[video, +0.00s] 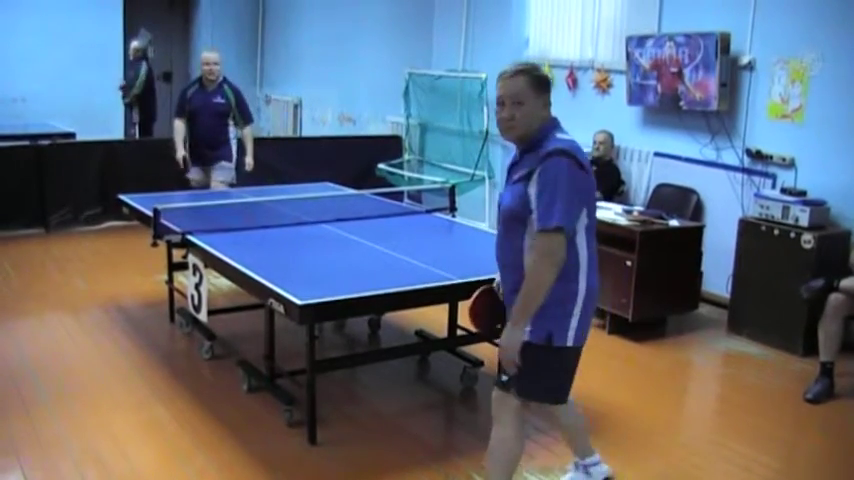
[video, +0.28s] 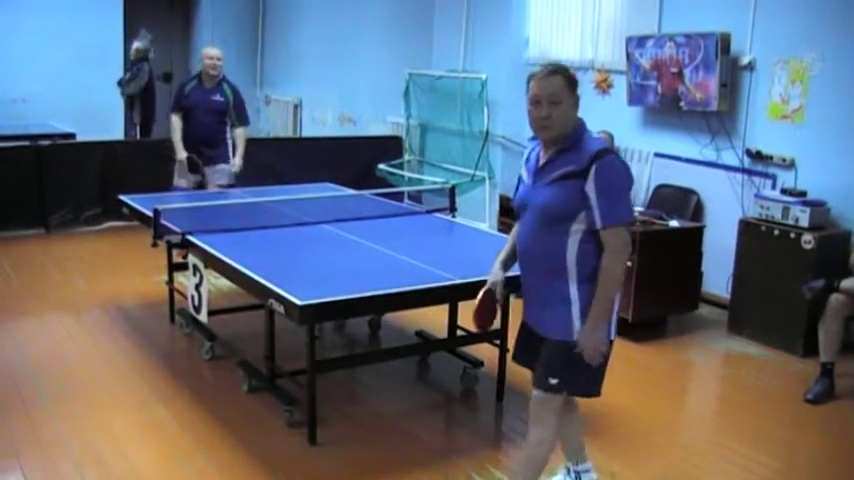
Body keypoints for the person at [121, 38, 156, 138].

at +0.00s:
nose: (130, 52)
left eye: (133, 50)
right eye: (130, 49)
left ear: (139, 51)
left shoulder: (143, 65)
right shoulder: (135, 65)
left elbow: (138, 86)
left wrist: (128, 99)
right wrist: (126, 88)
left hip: (143, 107)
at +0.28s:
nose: (131, 52)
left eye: (134, 50)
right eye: (132, 49)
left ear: (141, 52)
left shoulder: (143, 67)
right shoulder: (134, 66)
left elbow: (134, 86)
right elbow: (123, 80)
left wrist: (124, 87)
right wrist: (124, 83)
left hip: (142, 112)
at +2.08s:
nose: (91, 58)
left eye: (95, 55)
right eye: (90, 54)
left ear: (102, 57)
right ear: (88, 56)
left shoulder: (106, 79)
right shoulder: (89, 77)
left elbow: (97, 103)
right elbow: (78, 93)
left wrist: (82, 96)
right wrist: (86, 96)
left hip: (102, 128)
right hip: (90, 126)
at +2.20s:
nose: (88, 58)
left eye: (92, 54)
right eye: (87, 54)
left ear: (99, 57)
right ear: (85, 56)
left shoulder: (102, 77)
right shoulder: (88, 76)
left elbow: (91, 103)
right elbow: (77, 93)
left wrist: (79, 95)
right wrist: (84, 97)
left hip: (99, 128)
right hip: (88, 127)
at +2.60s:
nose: (83, 58)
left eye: (87, 54)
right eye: (82, 54)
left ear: (95, 56)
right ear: (81, 55)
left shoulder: (95, 77)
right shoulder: (85, 74)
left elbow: (81, 103)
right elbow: (74, 90)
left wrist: (73, 94)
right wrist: (76, 95)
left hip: (92, 130)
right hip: (84, 128)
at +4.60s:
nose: (86, 57)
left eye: (90, 54)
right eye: (86, 53)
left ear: (98, 56)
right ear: (84, 55)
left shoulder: (97, 76)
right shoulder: (88, 74)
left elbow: (82, 102)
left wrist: (74, 92)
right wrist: (77, 93)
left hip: (93, 129)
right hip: (85, 127)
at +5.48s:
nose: (85, 57)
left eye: (89, 53)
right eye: (85, 53)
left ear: (97, 56)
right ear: (84, 54)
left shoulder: (97, 76)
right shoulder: (88, 73)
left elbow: (82, 102)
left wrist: (74, 92)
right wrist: (77, 93)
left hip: (93, 127)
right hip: (85, 126)